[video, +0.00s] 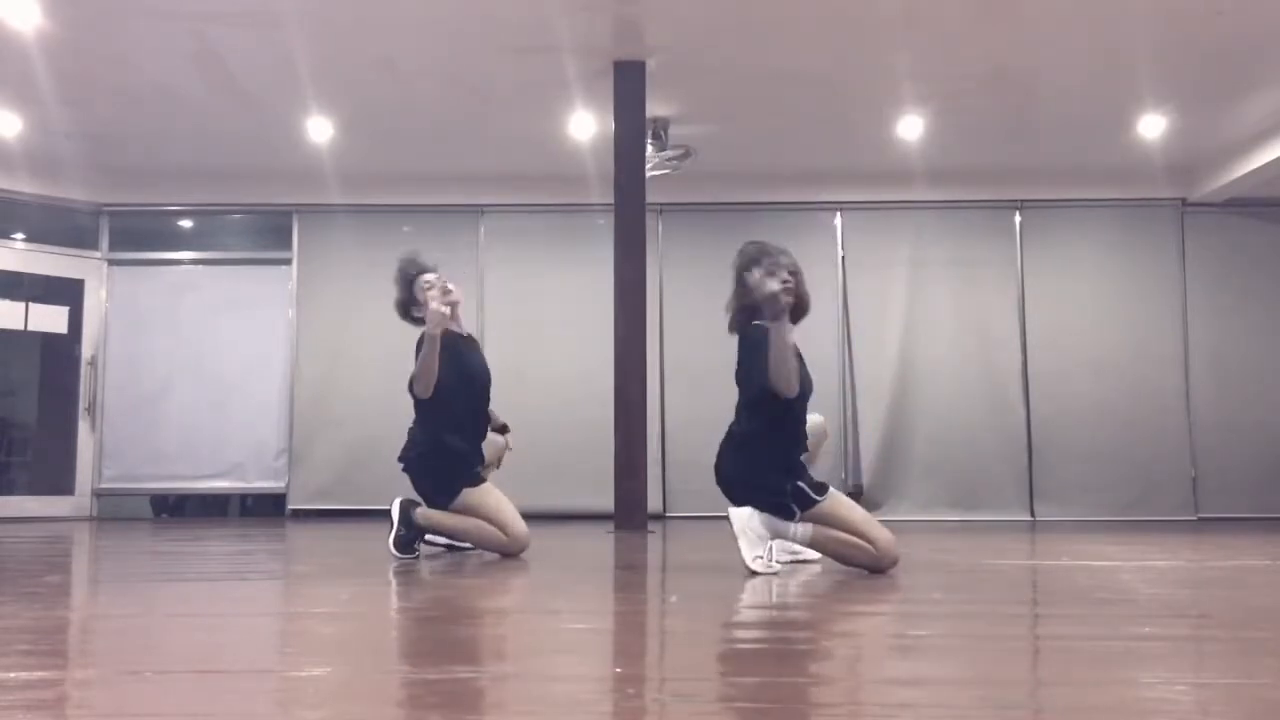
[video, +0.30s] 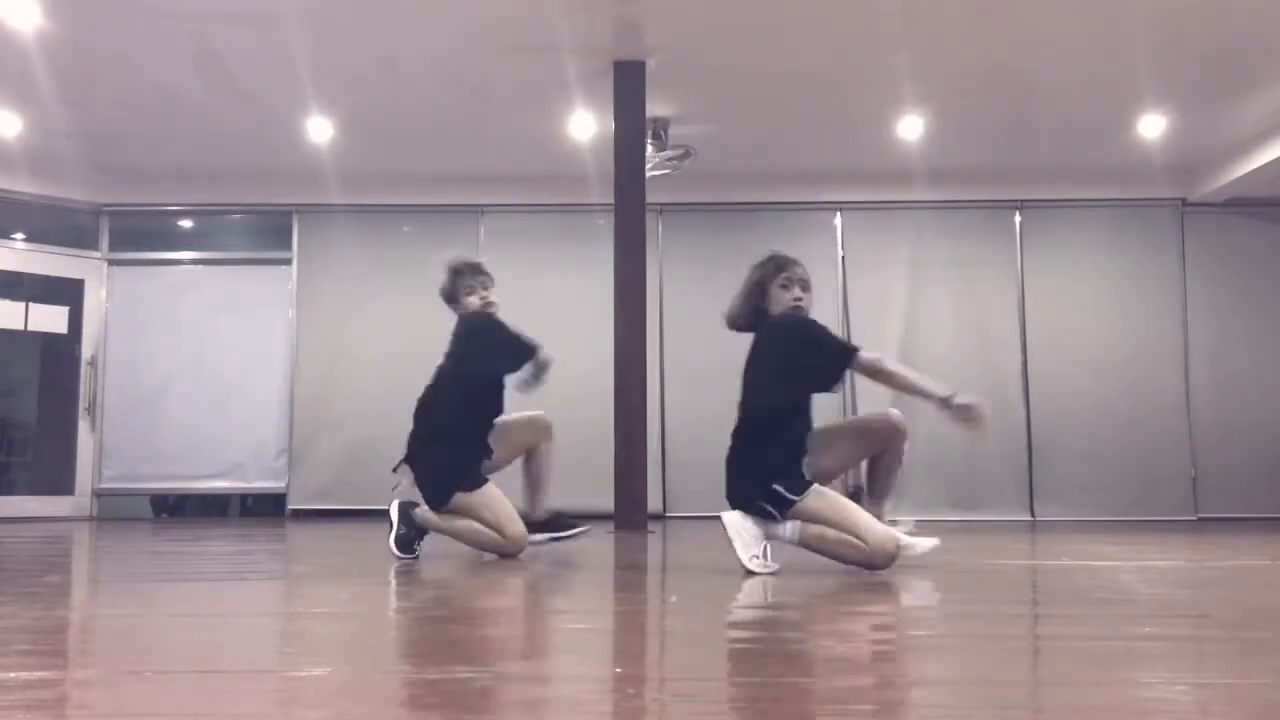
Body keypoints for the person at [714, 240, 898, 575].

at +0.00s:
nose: (787, 278)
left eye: (791, 270)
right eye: (772, 271)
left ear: (798, 280)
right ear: (749, 286)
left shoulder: (761, 330)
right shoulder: (764, 332)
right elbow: (787, 388)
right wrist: (779, 320)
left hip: (743, 459)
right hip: (764, 475)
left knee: (815, 429)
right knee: (884, 553)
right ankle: (766, 525)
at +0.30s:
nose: (797, 295)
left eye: (804, 288)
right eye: (784, 287)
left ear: (810, 296)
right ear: (763, 297)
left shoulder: (776, 334)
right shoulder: (795, 330)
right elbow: (876, 367)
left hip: (791, 457)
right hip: (768, 483)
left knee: (890, 427)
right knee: (882, 551)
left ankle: (879, 530)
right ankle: (760, 527)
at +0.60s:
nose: (850, 291)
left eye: (856, 281)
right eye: (838, 282)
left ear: (863, 288)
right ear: (815, 289)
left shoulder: (849, 341)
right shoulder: (804, 342)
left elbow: (877, 411)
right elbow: (738, 385)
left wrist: (920, 375)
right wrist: (680, 412)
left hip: (888, 455)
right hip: (856, 461)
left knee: (984, 464)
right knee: (887, 555)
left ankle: (901, 540)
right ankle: (766, 524)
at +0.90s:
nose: (848, 313)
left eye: (857, 303)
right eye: (838, 304)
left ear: (870, 306)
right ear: (822, 309)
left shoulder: (883, 333)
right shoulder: (818, 374)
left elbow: (899, 355)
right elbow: (806, 448)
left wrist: (867, 369)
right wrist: (790, 509)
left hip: (904, 477)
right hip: (849, 478)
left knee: (979, 536)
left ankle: (913, 529)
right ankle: (796, 537)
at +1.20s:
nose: (826, 259)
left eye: (836, 252)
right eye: (818, 249)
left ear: (848, 259)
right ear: (801, 252)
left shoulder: (857, 313)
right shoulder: (780, 301)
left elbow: (913, 357)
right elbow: (745, 358)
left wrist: (956, 396)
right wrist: (790, 341)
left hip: (859, 422)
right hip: (803, 419)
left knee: (849, 507)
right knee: (774, 448)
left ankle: (914, 507)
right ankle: (790, 542)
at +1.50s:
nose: (839, 279)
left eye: (848, 270)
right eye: (829, 269)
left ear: (861, 275)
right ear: (812, 272)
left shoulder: (865, 347)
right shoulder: (794, 307)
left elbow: (850, 422)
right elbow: (824, 369)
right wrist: (870, 426)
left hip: (836, 456)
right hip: (770, 452)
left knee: (932, 483)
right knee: (669, 479)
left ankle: (840, 531)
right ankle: (776, 527)